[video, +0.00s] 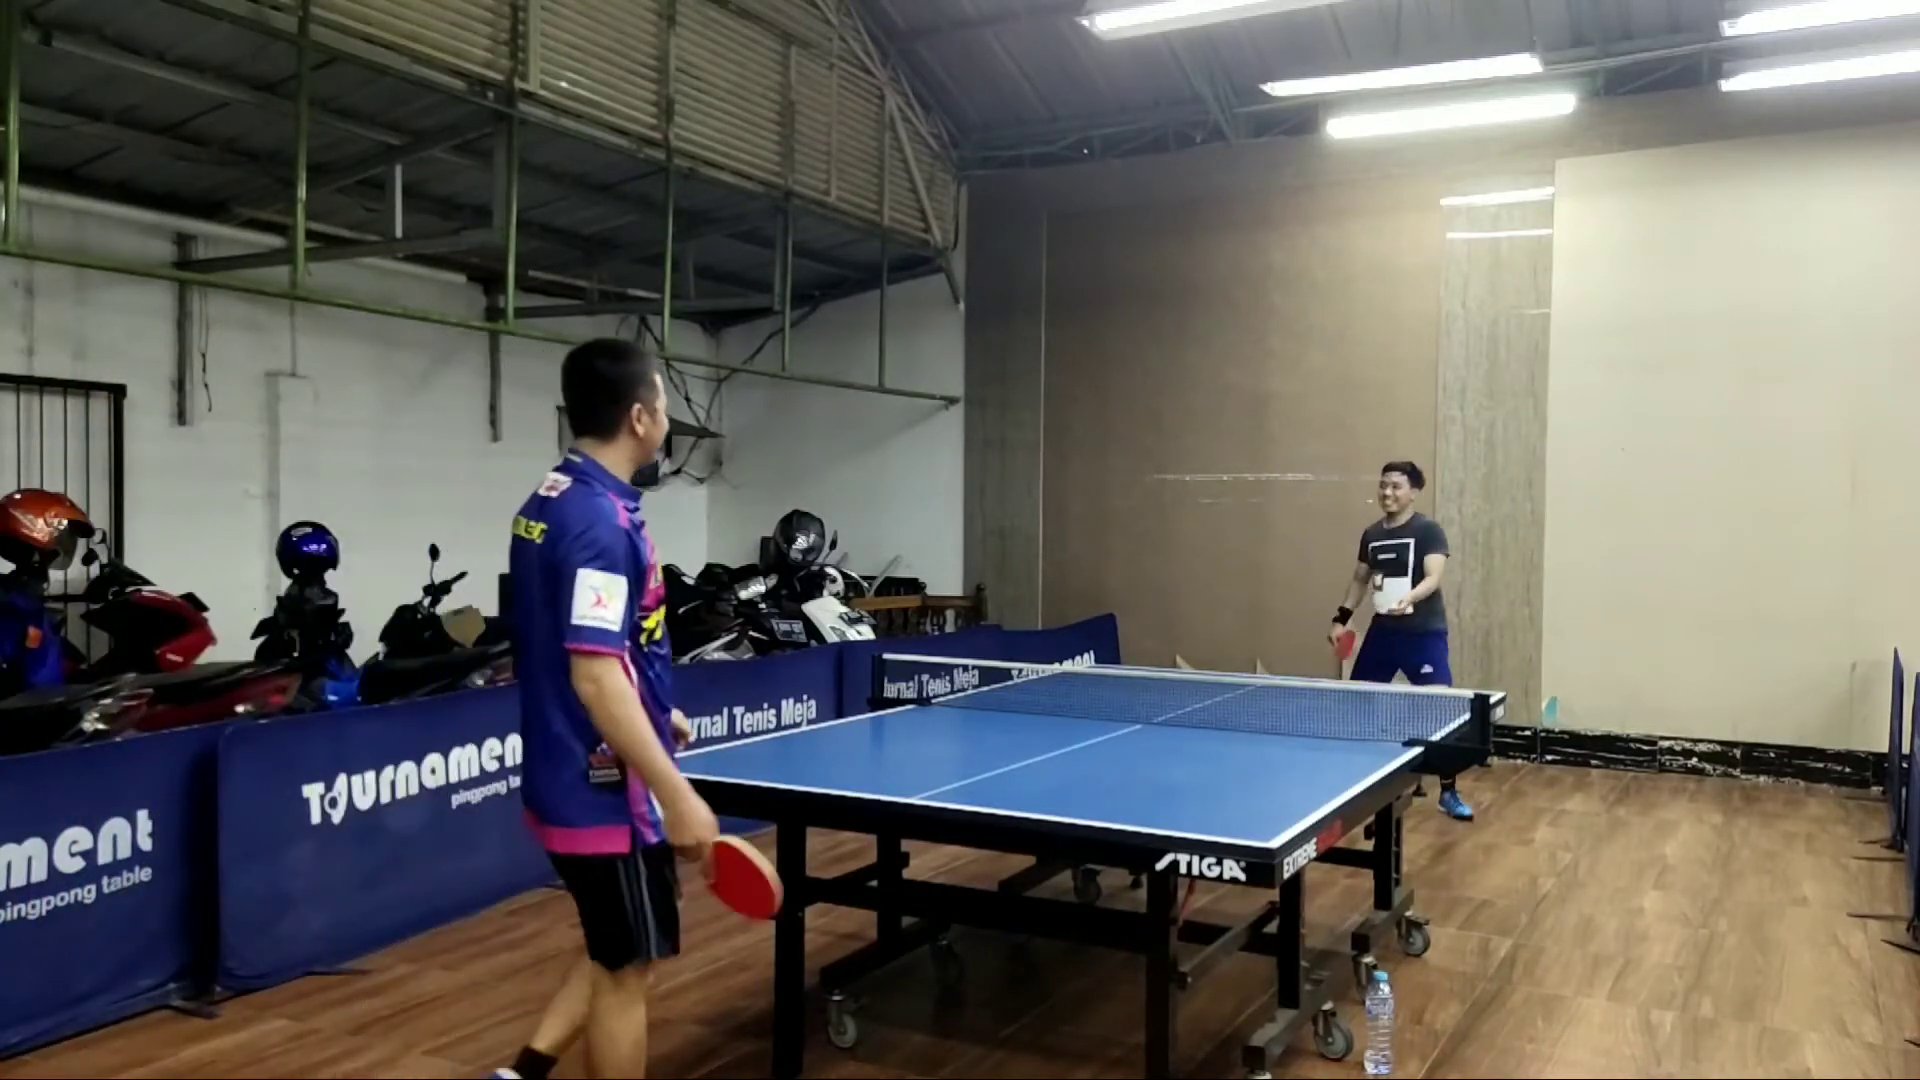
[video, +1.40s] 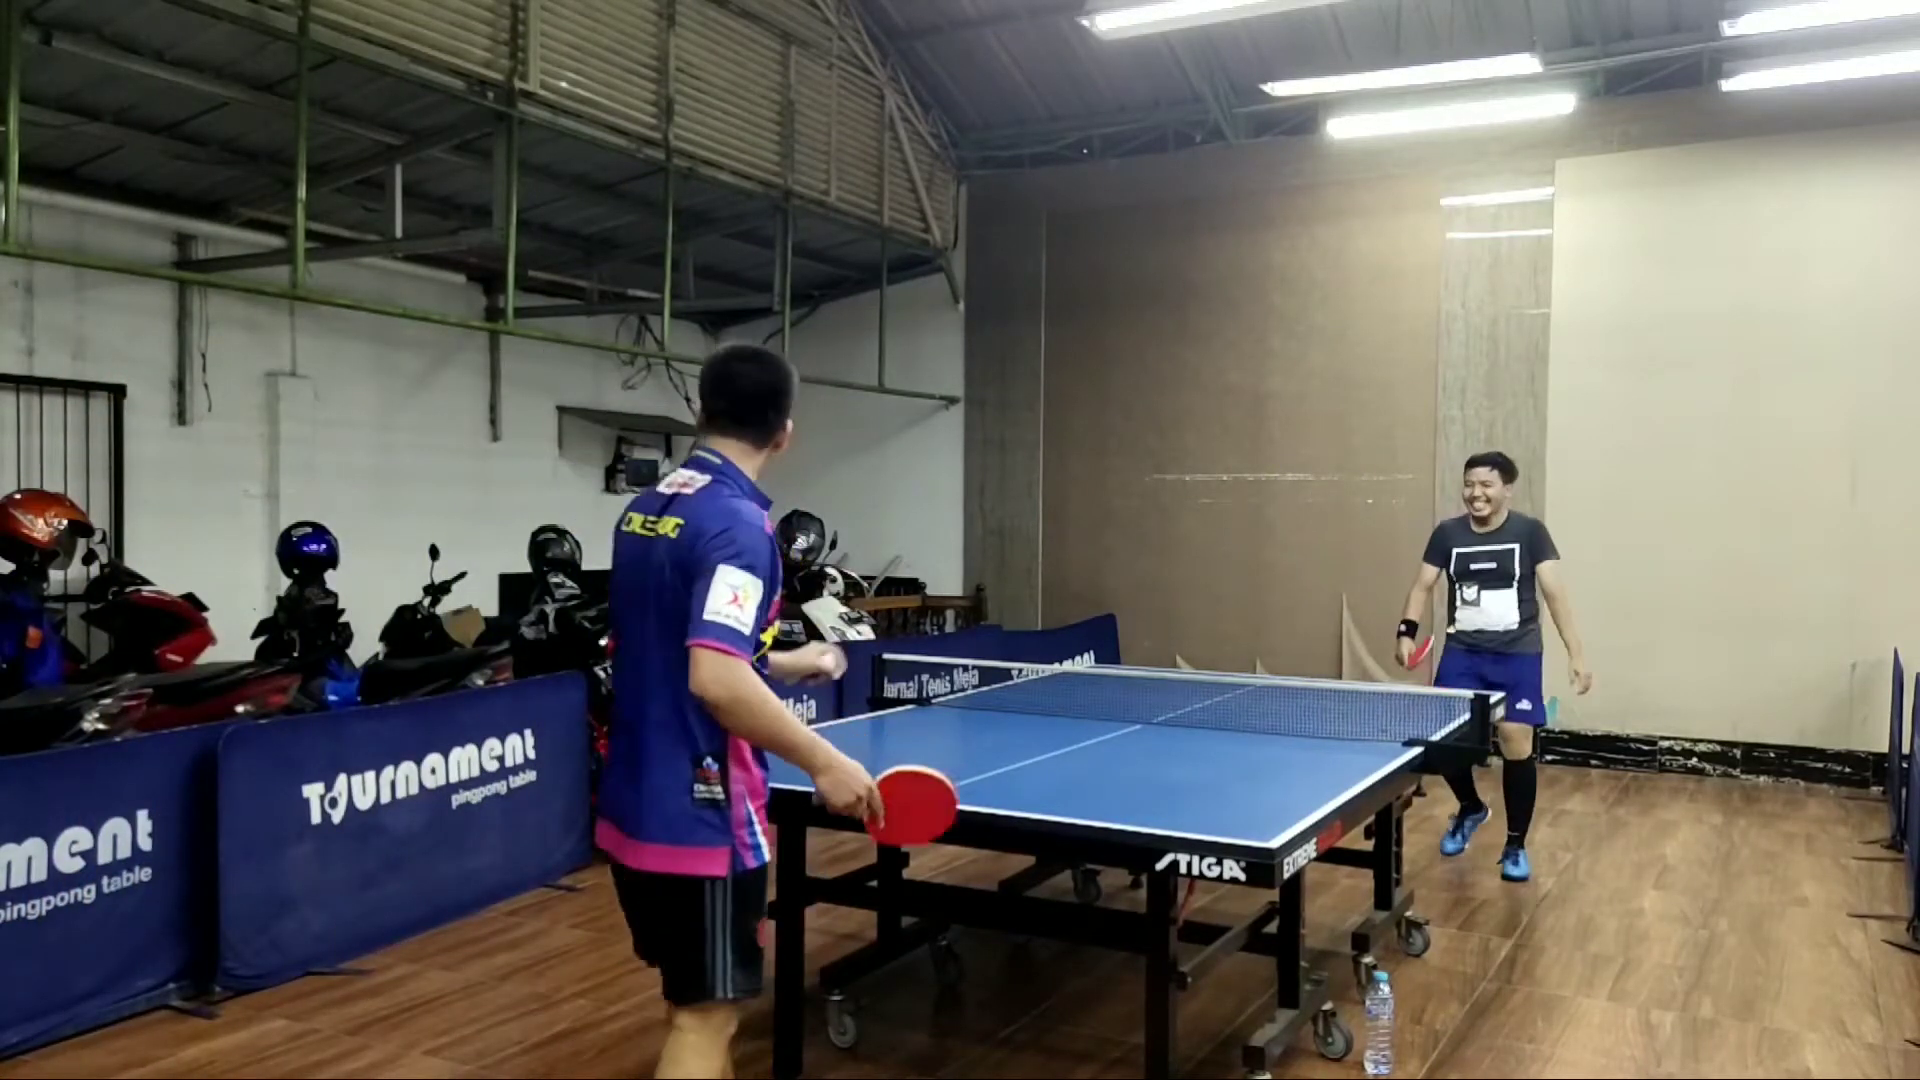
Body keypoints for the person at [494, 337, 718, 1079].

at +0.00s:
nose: (667, 420)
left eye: (665, 404)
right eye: (663, 405)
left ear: (581, 414)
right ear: (639, 416)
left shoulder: (554, 502)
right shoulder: (600, 522)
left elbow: (573, 648)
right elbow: (597, 676)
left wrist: (653, 711)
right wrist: (678, 799)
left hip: (567, 782)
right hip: (602, 797)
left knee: (613, 948)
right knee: (625, 968)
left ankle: (528, 1068)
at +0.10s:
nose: (690, 418)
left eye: (687, 402)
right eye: (686, 403)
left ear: (612, 412)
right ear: (664, 412)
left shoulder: (596, 499)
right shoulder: (620, 515)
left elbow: (591, 652)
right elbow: (622, 665)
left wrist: (672, 745)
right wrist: (732, 758)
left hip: (636, 766)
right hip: (611, 778)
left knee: (699, 903)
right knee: (632, 971)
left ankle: (634, 1054)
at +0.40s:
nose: (754, 422)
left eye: (750, 407)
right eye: (750, 407)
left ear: (683, 416)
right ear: (729, 416)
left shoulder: (707, 509)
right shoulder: (662, 514)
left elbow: (706, 650)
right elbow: (642, 650)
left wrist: (778, 713)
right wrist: (767, 704)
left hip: (720, 775)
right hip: (674, 787)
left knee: (728, 951)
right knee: (666, 973)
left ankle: (746, 1074)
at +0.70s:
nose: (809, 426)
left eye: (807, 412)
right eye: (806, 413)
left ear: (739, 419)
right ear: (788, 419)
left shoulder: (757, 507)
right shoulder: (709, 508)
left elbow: (738, 640)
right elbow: (668, 632)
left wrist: (798, 718)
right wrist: (781, 704)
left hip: (757, 777)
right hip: (721, 784)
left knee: (748, 964)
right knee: (784, 966)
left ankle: (751, 1079)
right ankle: (681, 1074)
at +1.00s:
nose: (814, 431)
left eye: (812, 415)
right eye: (813, 415)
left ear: (743, 415)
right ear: (794, 419)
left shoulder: (758, 507)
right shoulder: (716, 516)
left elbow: (754, 618)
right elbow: (680, 650)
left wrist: (837, 621)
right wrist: (800, 719)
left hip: (767, 775)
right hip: (749, 786)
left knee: (753, 959)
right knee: (787, 973)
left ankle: (746, 1060)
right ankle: (732, 1072)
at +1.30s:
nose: (793, 431)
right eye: (794, 419)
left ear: (709, 416)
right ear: (785, 428)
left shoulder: (680, 504)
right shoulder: (730, 522)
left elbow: (729, 636)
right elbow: (707, 676)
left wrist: (827, 613)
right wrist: (827, 742)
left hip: (679, 798)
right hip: (713, 811)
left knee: (726, 997)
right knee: (717, 1010)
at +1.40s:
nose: (790, 431)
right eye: (791, 419)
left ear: (701, 413)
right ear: (783, 429)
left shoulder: (646, 506)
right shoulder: (737, 524)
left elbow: (671, 649)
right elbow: (716, 678)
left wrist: (790, 664)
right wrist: (825, 763)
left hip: (639, 806)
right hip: (702, 819)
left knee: (694, 1003)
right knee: (707, 1019)